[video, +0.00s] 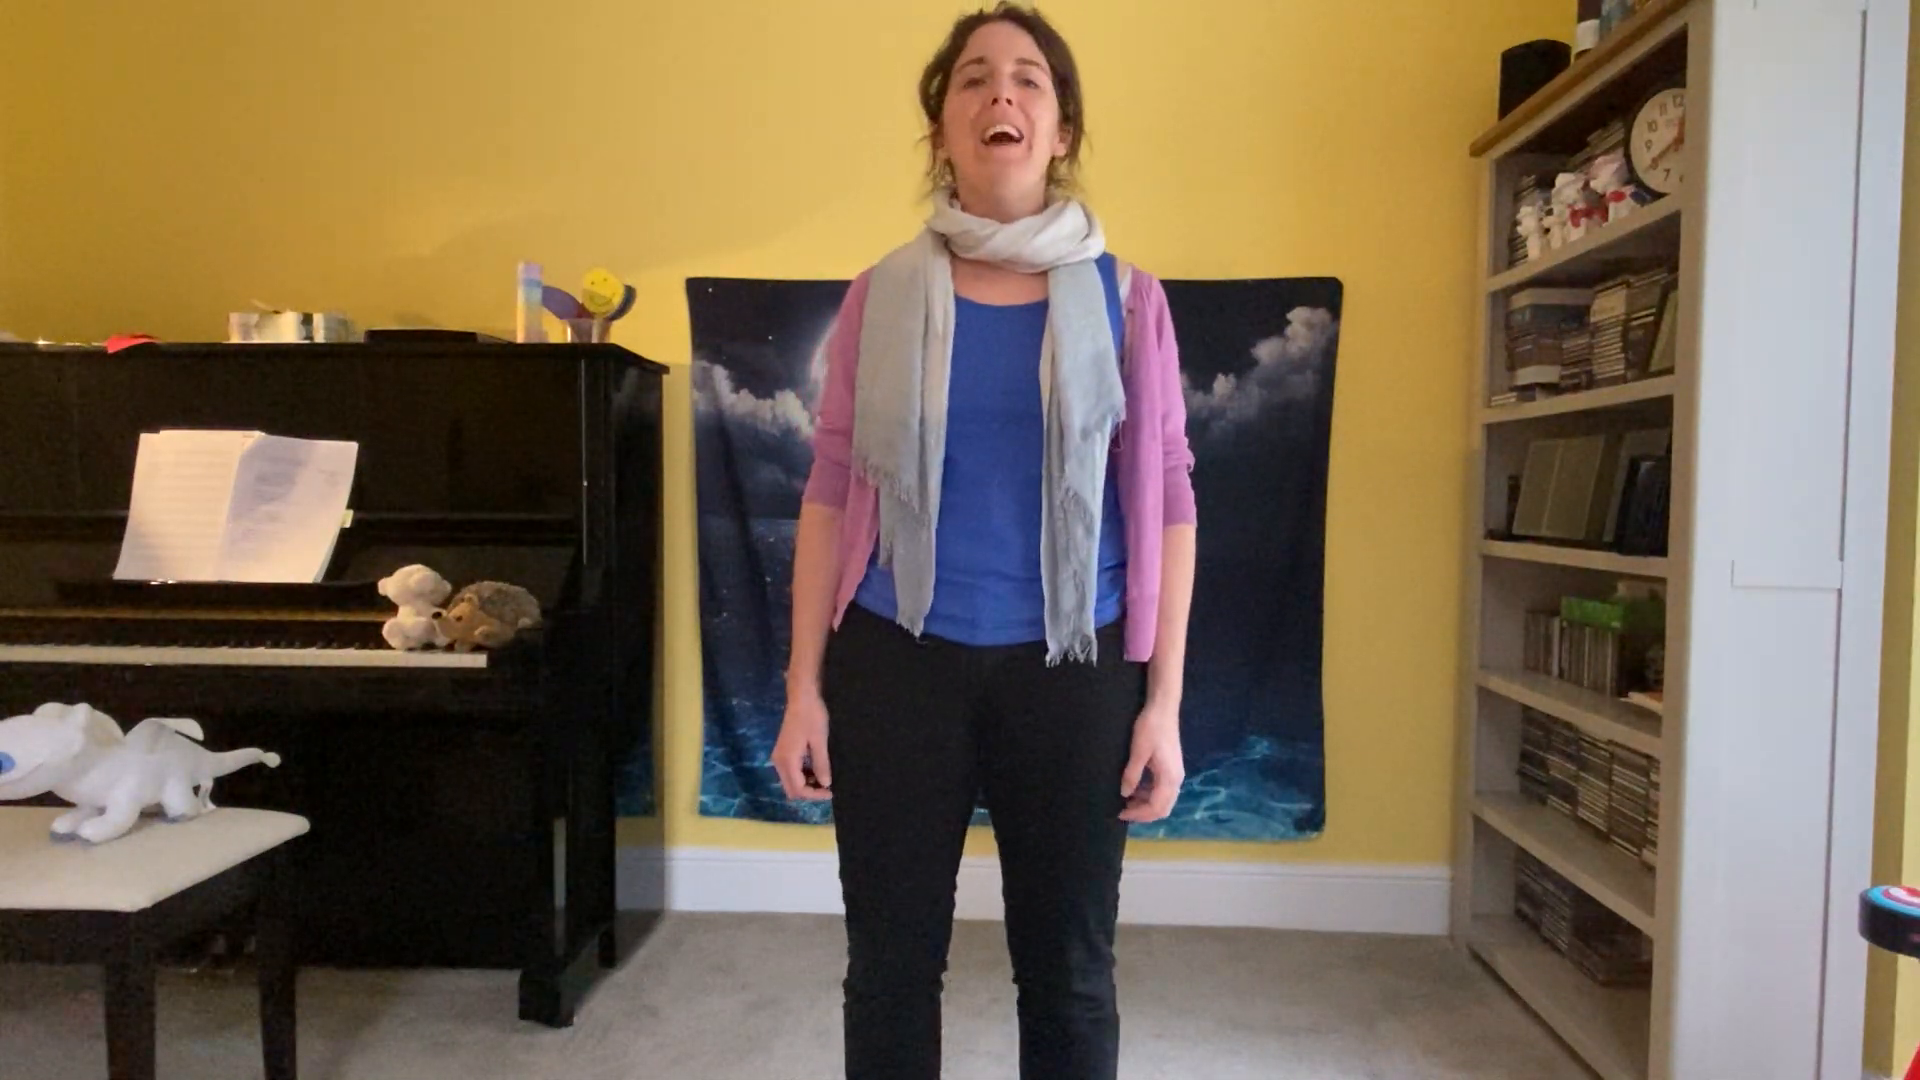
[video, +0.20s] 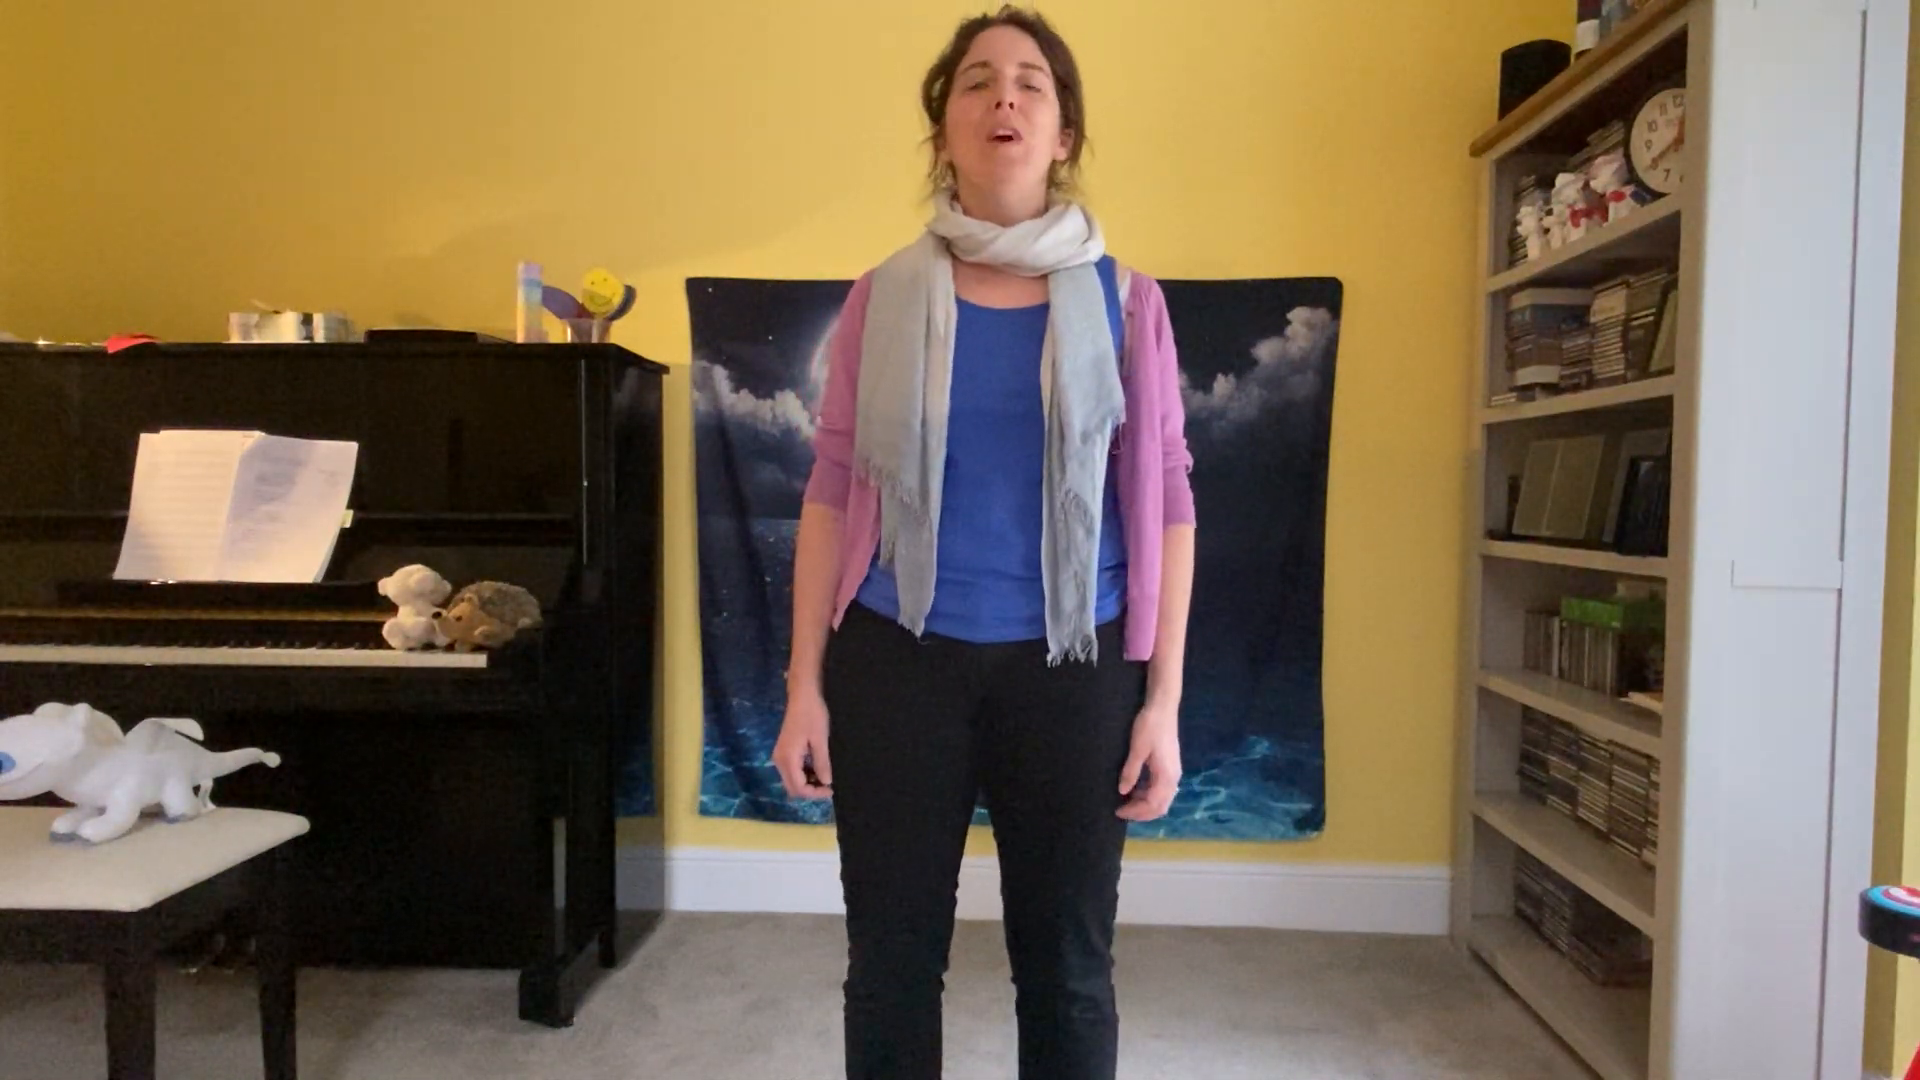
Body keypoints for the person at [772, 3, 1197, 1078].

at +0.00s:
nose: (1002, 94)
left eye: (1027, 80)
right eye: (976, 79)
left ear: (1064, 129)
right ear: (940, 129)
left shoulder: (1128, 303)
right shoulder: (880, 297)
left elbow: (1168, 506)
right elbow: (829, 494)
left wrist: (1163, 698)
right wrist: (802, 683)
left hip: (1072, 684)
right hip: (893, 678)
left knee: (1071, 982)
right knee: (890, 978)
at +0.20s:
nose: (1004, 98)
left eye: (1029, 83)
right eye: (978, 82)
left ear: (1065, 131)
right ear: (943, 131)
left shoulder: (1127, 306)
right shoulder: (881, 300)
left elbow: (1167, 508)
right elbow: (830, 493)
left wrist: (1162, 697)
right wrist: (803, 680)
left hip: (1070, 682)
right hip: (893, 675)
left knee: (1070, 984)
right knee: (890, 978)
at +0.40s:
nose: (1007, 100)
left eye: (1032, 87)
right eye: (982, 85)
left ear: (1067, 135)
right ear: (945, 134)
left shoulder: (1127, 308)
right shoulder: (882, 300)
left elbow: (1166, 509)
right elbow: (832, 491)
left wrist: (1162, 696)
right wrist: (803, 680)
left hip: (1071, 681)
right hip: (893, 674)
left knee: (1069, 981)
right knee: (892, 977)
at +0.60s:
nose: (1012, 98)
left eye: (1037, 86)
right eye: (987, 84)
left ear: (1070, 134)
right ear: (948, 132)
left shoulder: (1128, 308)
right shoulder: (883, 299)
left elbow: (1166, 509)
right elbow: (832, 490)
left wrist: (1161, 697)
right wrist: (803, 679)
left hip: (1071, 682)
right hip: (896, 675)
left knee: (1066, 983)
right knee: (895, 980)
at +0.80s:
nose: (1012, 102)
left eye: (1038, 86)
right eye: (987, 83)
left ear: (1071, 132)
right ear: (947, 128)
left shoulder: (1127, 307)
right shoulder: (881, 296)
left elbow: (1164, 509)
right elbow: (829, 492)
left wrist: (1161, 695)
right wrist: (803, 679)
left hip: (1071, 680)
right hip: (896, 673)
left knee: (1065, 981)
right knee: (896, 978)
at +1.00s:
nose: (1010, 101)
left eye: (1037, 86)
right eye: (985, 82)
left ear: (1068, 133)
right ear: (944, 127)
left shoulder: (1123, 306)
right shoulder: (878, 296)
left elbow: (1161, 507)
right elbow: (826, 494)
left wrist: (1158, 694)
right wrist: (803, 681)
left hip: (1068, 678)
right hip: (894, 670)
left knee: (1061, 979)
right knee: (897, 977)